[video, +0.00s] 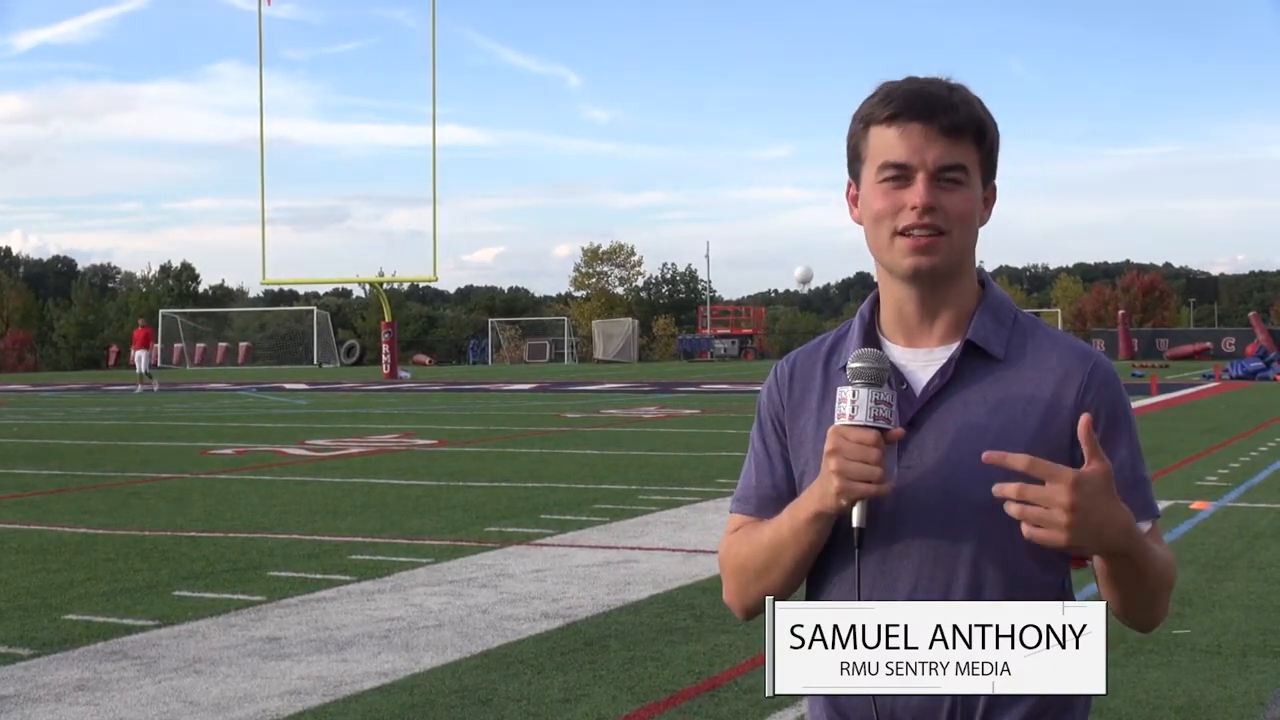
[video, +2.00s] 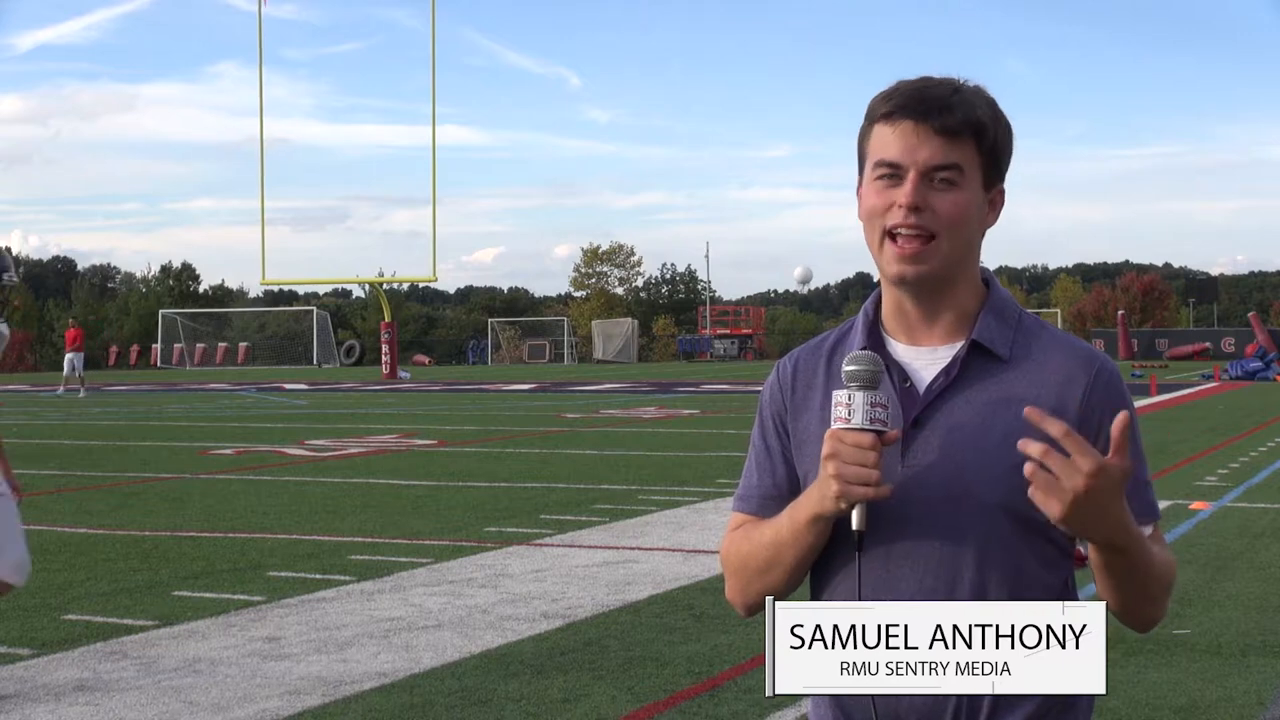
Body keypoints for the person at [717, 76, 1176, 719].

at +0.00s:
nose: (922, 201)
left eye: (950, 178)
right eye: (895, 177)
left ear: (986, 201)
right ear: (855, 201)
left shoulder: (1075, 379)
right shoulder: (796, 384)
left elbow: (1146, 611)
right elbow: (740, 590)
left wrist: (1118, 536)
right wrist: (820, 498)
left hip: (1024, 706)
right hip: (846, 707)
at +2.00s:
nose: (908, 201)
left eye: (943, 178)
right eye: (887, 175)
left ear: (992, 203)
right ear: (861, 198)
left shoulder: (1079, 380)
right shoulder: (797, 381)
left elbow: (1145, 611)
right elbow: (742, 586)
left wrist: (1111, 533)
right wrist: (819, 499)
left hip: (1027, 705)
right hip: (848, 707)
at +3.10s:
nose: (913, 208)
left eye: (945, 183)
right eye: (889, 182)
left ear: (988, 204)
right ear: (856, 201)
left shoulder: (1078, 382)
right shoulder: (796, 384)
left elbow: (1154, 581)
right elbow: (745, 588)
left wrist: (1030, 575)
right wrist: (829, 514)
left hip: (1028, 707)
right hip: (849, 708)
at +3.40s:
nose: (909, 208)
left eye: (942, 185)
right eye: (887, 182)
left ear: (986, 205)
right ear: (855, 202)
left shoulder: (1076, 380)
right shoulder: (795, 384)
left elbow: (1151, 585)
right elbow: (743, 590)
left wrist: (1032, 571)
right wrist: (824, 516)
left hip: (1028, 707)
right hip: (849, 708)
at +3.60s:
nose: (911, 205)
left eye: (943, 182)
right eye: (887, 180)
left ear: (986, 204)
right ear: (855, 203)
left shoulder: (1077, 380)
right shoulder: (795, 383)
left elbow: (1153, 596)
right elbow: (739, 589)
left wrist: (1048, 521)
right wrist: (812, 500)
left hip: (1030, 705)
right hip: (851, 707)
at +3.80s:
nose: (911, 201)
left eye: (943, 179)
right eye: (887, 177)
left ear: (987, 203)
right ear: (856, 203)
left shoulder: (1076, 376)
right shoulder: (797, 380)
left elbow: (1153, 598)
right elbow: (738, 588)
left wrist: (1059, 488)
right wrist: (805, 488)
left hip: (1025, 704)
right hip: (851, 705)